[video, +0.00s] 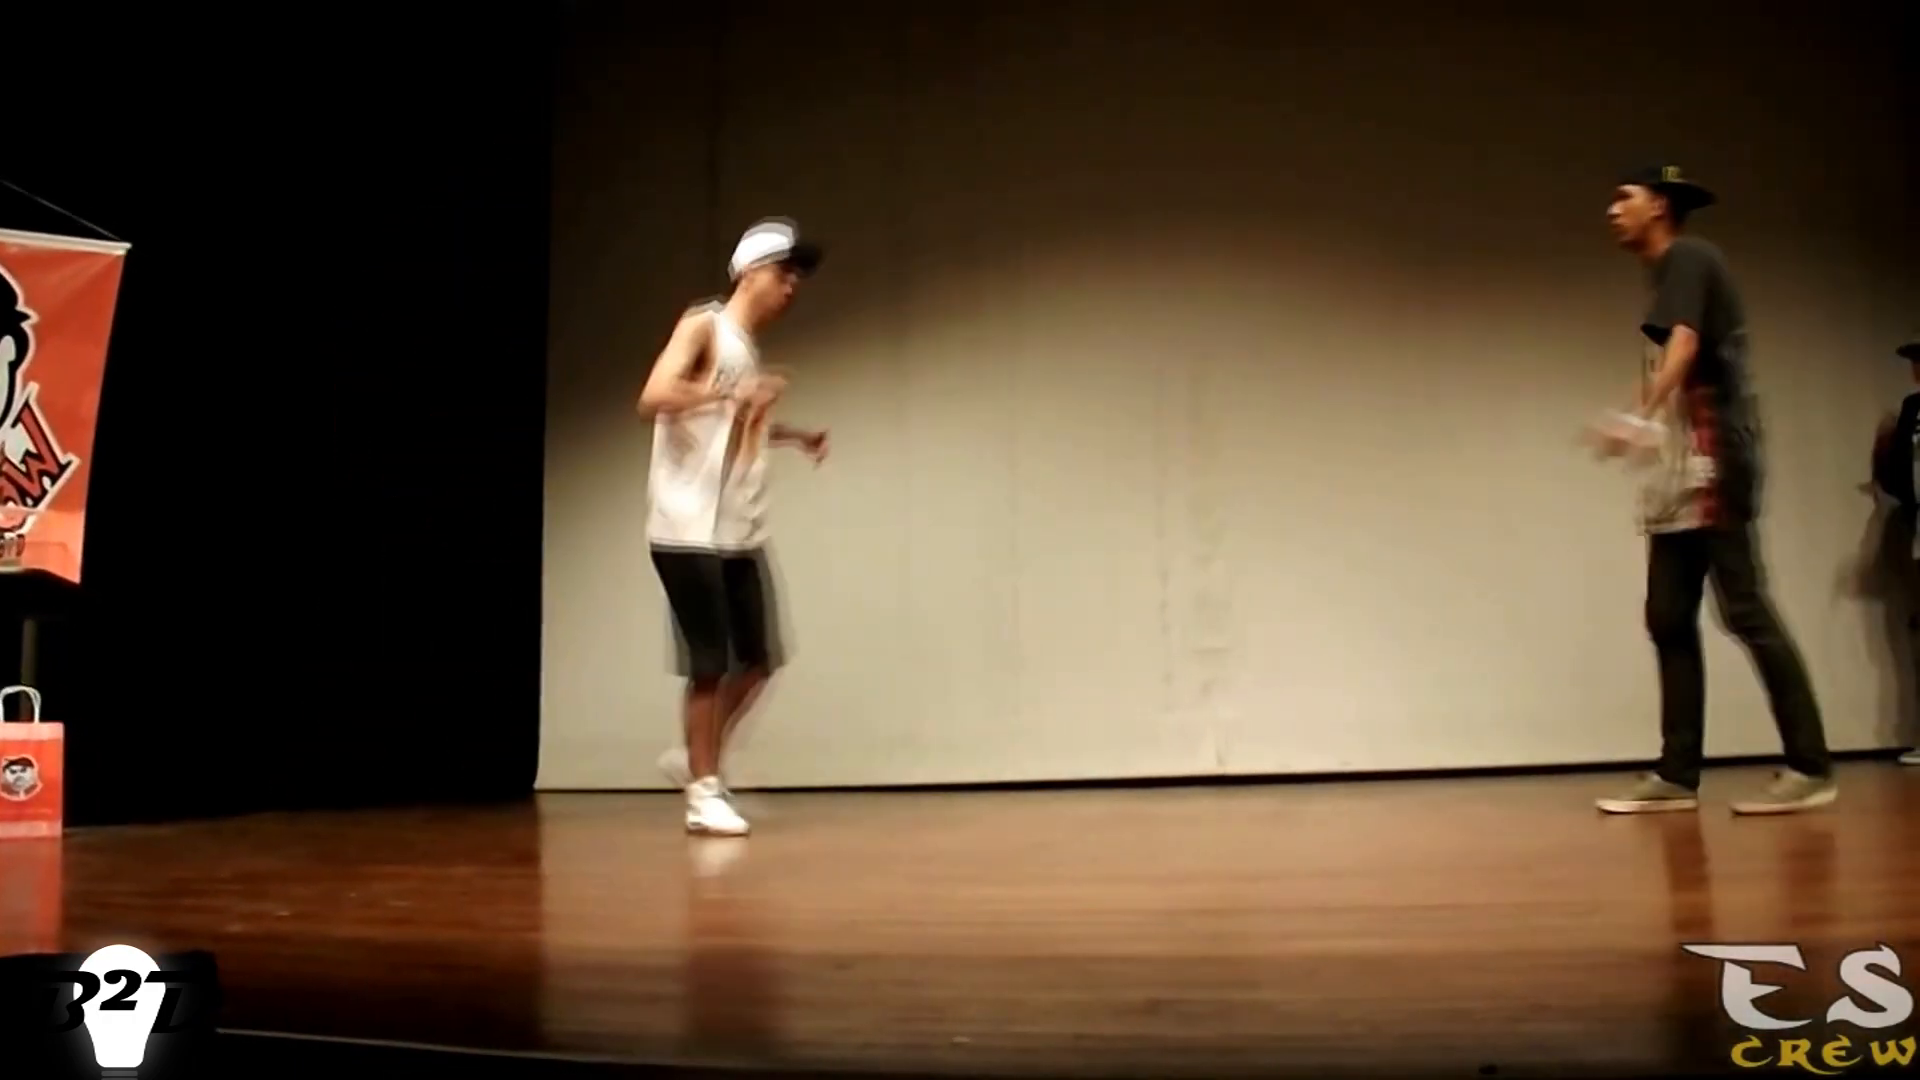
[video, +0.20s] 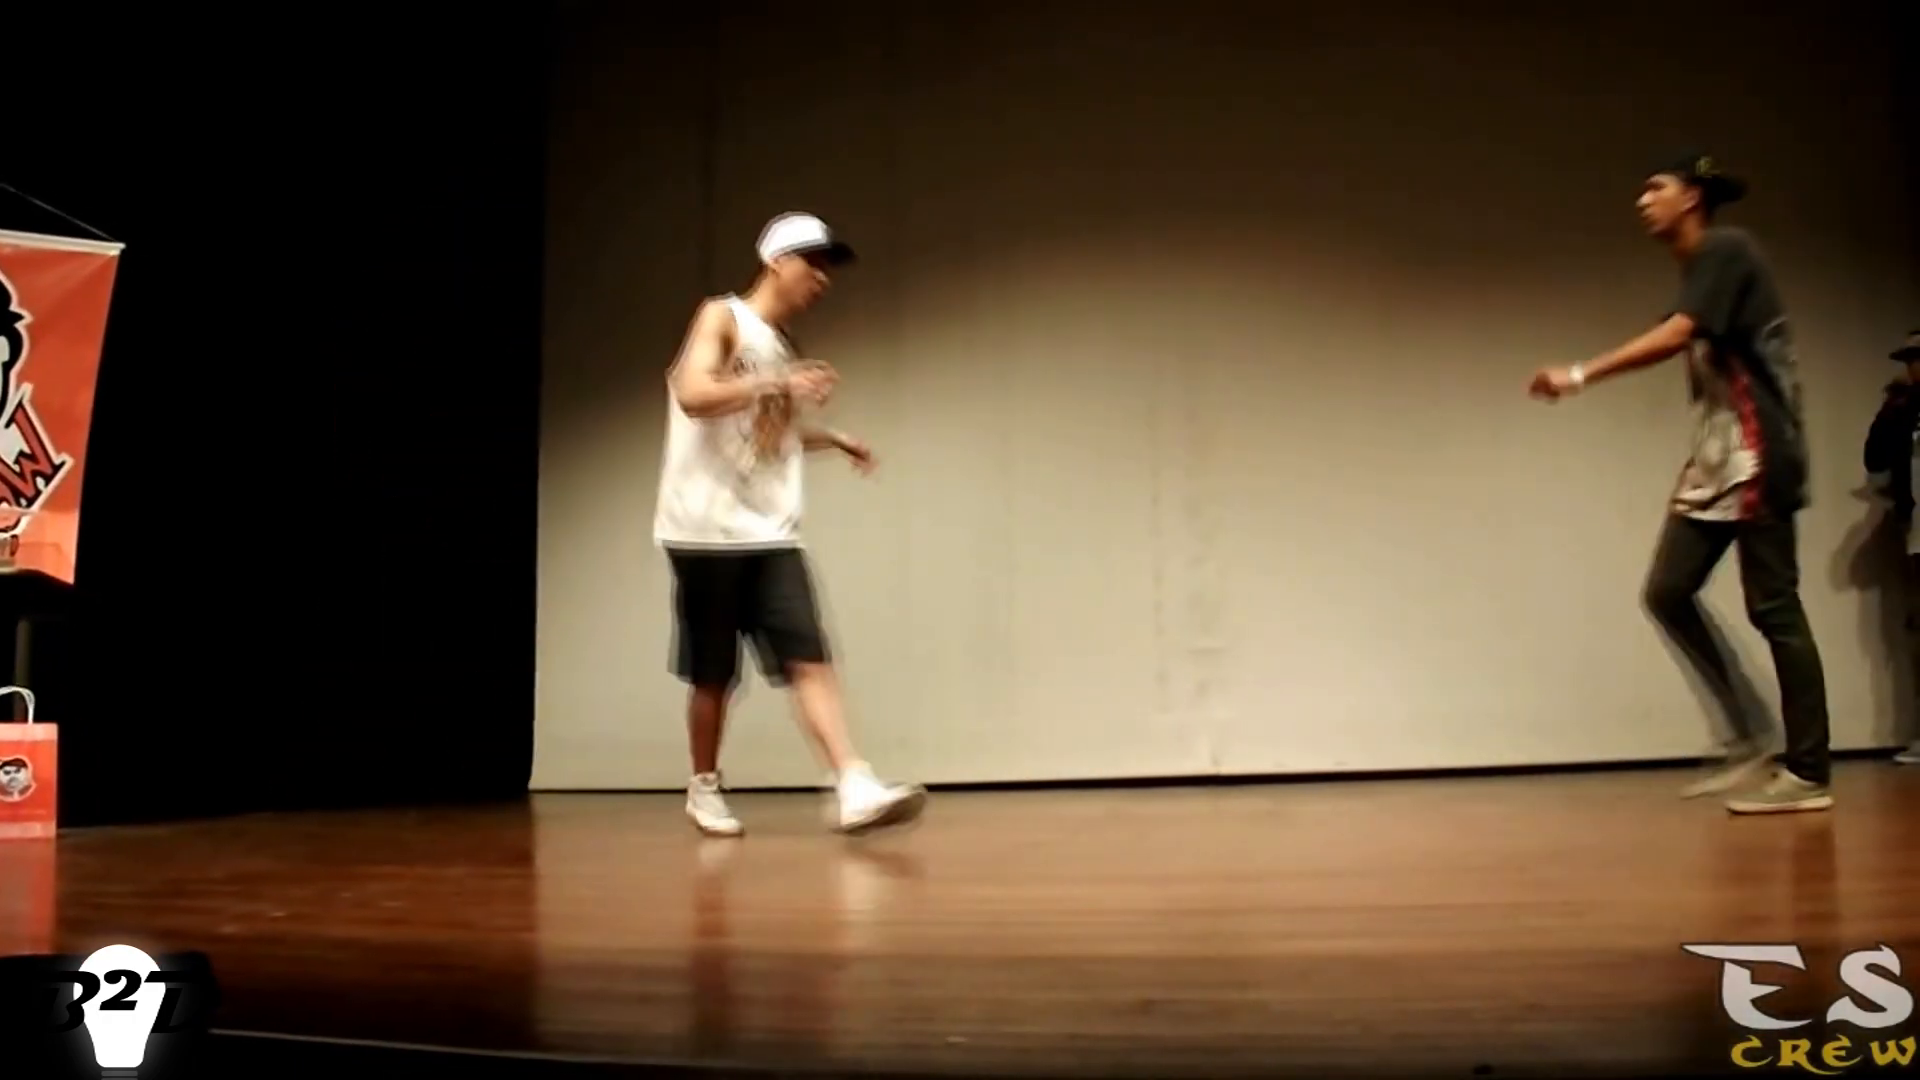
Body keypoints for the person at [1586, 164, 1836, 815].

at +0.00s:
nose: (1613, 211)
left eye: (1625, 199)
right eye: (1615, 201)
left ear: (1662, 208)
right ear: (1654, 212)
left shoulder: (1690, 259)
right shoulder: (1666, 276)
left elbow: (1683, 349)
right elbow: (1682, 373)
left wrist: (1641, 419)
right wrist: (1641, 433)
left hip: (1716, 470)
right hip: (1680, 473)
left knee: (1745, 610)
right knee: (1669, 619)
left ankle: (1811, 768)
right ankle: (1677, 776)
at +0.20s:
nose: (1642, 201)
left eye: (1655, 189)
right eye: (1644, 191)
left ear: (1693, 197)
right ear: (1681, 201)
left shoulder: (1726, 250)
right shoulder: (1699, 267)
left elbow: (1680, 332)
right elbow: (1723, 387)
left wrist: (1578, 375)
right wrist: (1700, 472)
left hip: (1765, 458)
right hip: (1719, 460)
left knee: (1775, 609)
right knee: (1666, 595)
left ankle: (1808, 772)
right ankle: (1754, 743)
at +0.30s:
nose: (1660, 196)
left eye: (1673, 185)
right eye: (1662, 186)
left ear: (1711, 195)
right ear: (1694, 199)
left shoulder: (1745, 250)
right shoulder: (1714, 268)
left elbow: (1699, 330)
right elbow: (1739, 386)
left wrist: (1597, 366)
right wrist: (1718, 471)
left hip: (1775, 463)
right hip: (1731, 465)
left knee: (1779, 612)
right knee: (1698, 602)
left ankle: (1806, 774)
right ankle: (1805, 707)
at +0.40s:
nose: (1675, 196)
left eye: (1689, 185)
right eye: (1676, 187)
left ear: (1726, 197)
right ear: (1701, 204)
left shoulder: (1757, 252)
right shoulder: (1719, 274)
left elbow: (1736, 340)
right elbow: (1732, 392)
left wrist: (1642, 379)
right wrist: (1713, 469)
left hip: (1783, 462)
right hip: (1751, 467)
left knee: (1778, 611)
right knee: (1763, 613)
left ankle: (1803, 774)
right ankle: (1866, 733)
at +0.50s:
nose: (1688, 204)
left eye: (1701, 195)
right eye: (1689, 195)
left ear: (1737, 208)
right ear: (1717, 213)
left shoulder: (1774, 257)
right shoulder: (1721, 289)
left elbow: (1785, 350)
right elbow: (1719, 394)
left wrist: (1731, 413)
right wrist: (1687, 488)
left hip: (1804, 453)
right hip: (1773, 459)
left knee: (1759, 600)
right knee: (1817, 605)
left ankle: (1795, 770)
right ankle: (1893, 753)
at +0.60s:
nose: (1695, 206)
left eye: (1709, 197)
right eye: (1696, 198)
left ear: (1744, 211)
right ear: (1717, 217)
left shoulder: (1783, 262)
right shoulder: (1728, 292)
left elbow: (1815, 361)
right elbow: (1717, 392)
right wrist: (1668, 481)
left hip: (1811, 462)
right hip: (1787, 467)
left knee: (1751, 583)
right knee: (1845, 605)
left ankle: (1802, 747)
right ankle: (1897, 753)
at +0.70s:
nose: (1699, 199)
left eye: (1712, 188)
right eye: (1701, 189)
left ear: (1748, 203)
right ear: (1725, 208)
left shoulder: (1784, 256)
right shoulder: (1730, 278)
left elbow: (1846, 347)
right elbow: (1726, 371)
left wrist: (1891, 437)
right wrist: (1672, 447)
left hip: (1813, 449)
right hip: (1787, 455)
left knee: (1759, 579)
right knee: (1845, 601)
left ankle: (1844, 734)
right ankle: (1891, 746)